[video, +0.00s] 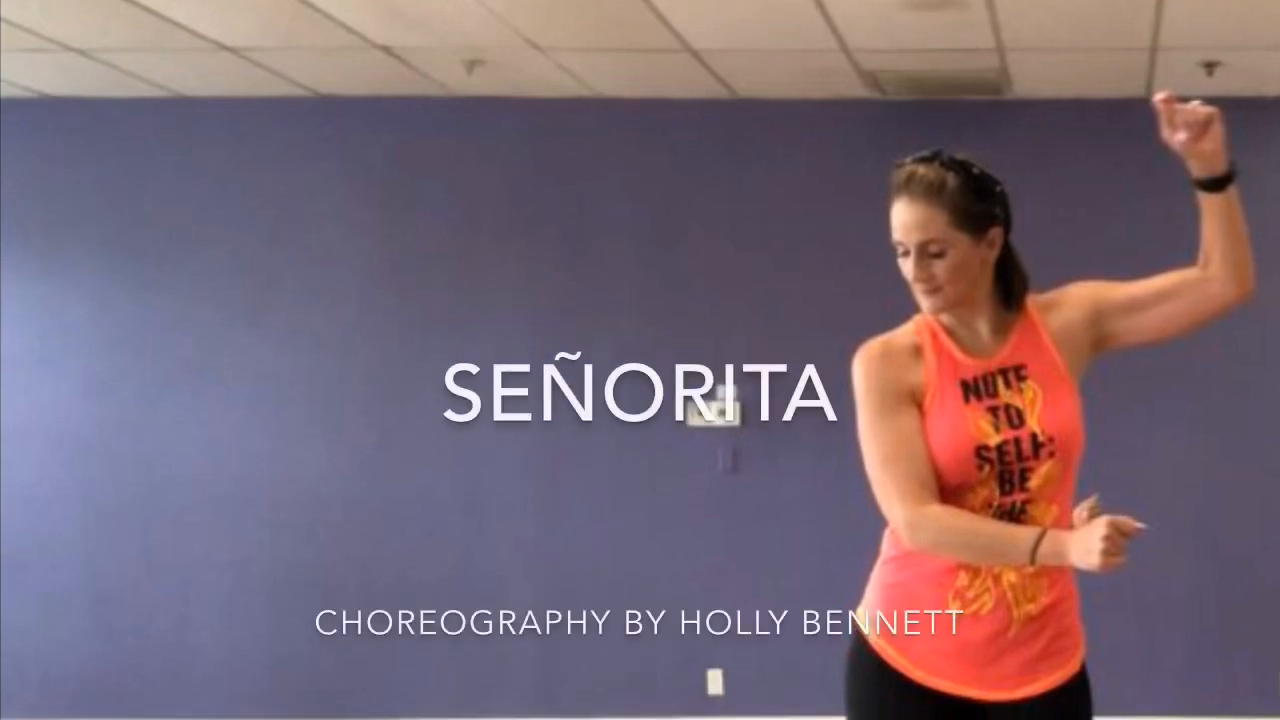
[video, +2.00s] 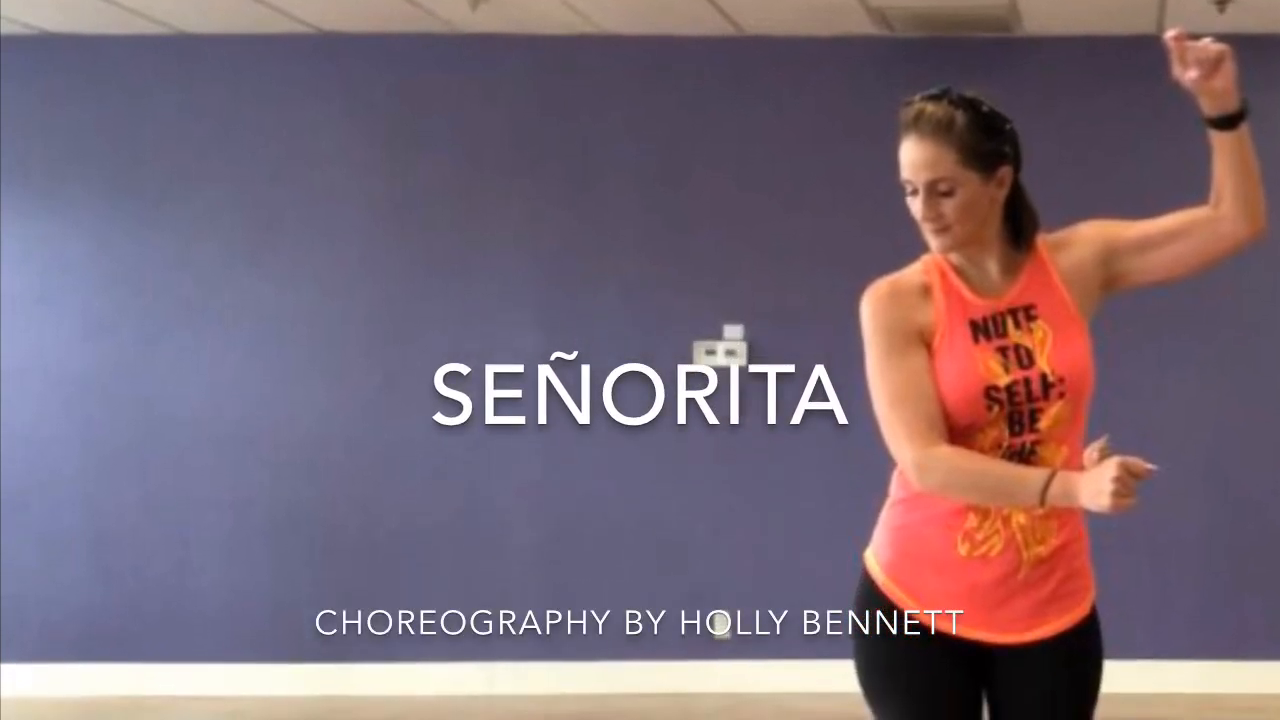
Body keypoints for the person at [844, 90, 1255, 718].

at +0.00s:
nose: (915, 273)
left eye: (934, 252)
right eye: (903, 253)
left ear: (992, 241)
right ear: (893, 250)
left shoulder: (1071, 321)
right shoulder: (888, 364)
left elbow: (1228, 281)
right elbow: (915, 520)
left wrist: (1210, 171)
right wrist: (1060, 545)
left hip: (1039, 673)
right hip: (908, 671)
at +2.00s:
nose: (924, 211)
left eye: (943, 190)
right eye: (911, 192)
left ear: (1001, 179)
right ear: (902, 187)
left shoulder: (1081, 260)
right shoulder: (896, 305)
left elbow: (1238, 220)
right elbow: (925, 460)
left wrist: (1222, 108)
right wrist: (1068, 486)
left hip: (1048, 618)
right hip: (916, 618)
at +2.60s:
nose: (926, 192)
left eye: (945, 172)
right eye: (914, 173)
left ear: (1003, 161)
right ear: (904, 170)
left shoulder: (1085, 241)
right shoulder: (899, 286)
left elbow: (1242, 202)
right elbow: (926, 443)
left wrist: (1225, 90)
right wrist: (1071, 468)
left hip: (1051, 600)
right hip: (918, 599)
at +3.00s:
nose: (928, 181)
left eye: (946, 160)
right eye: (916, 162)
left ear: (1005, 149)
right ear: (906, 158)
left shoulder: (1087, 229)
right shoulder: (901, 273)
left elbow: (1242, 191)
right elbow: (928, 432)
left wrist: (1228, 79)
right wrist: (1074, 457)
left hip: (1054, 587)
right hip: (919, 587)